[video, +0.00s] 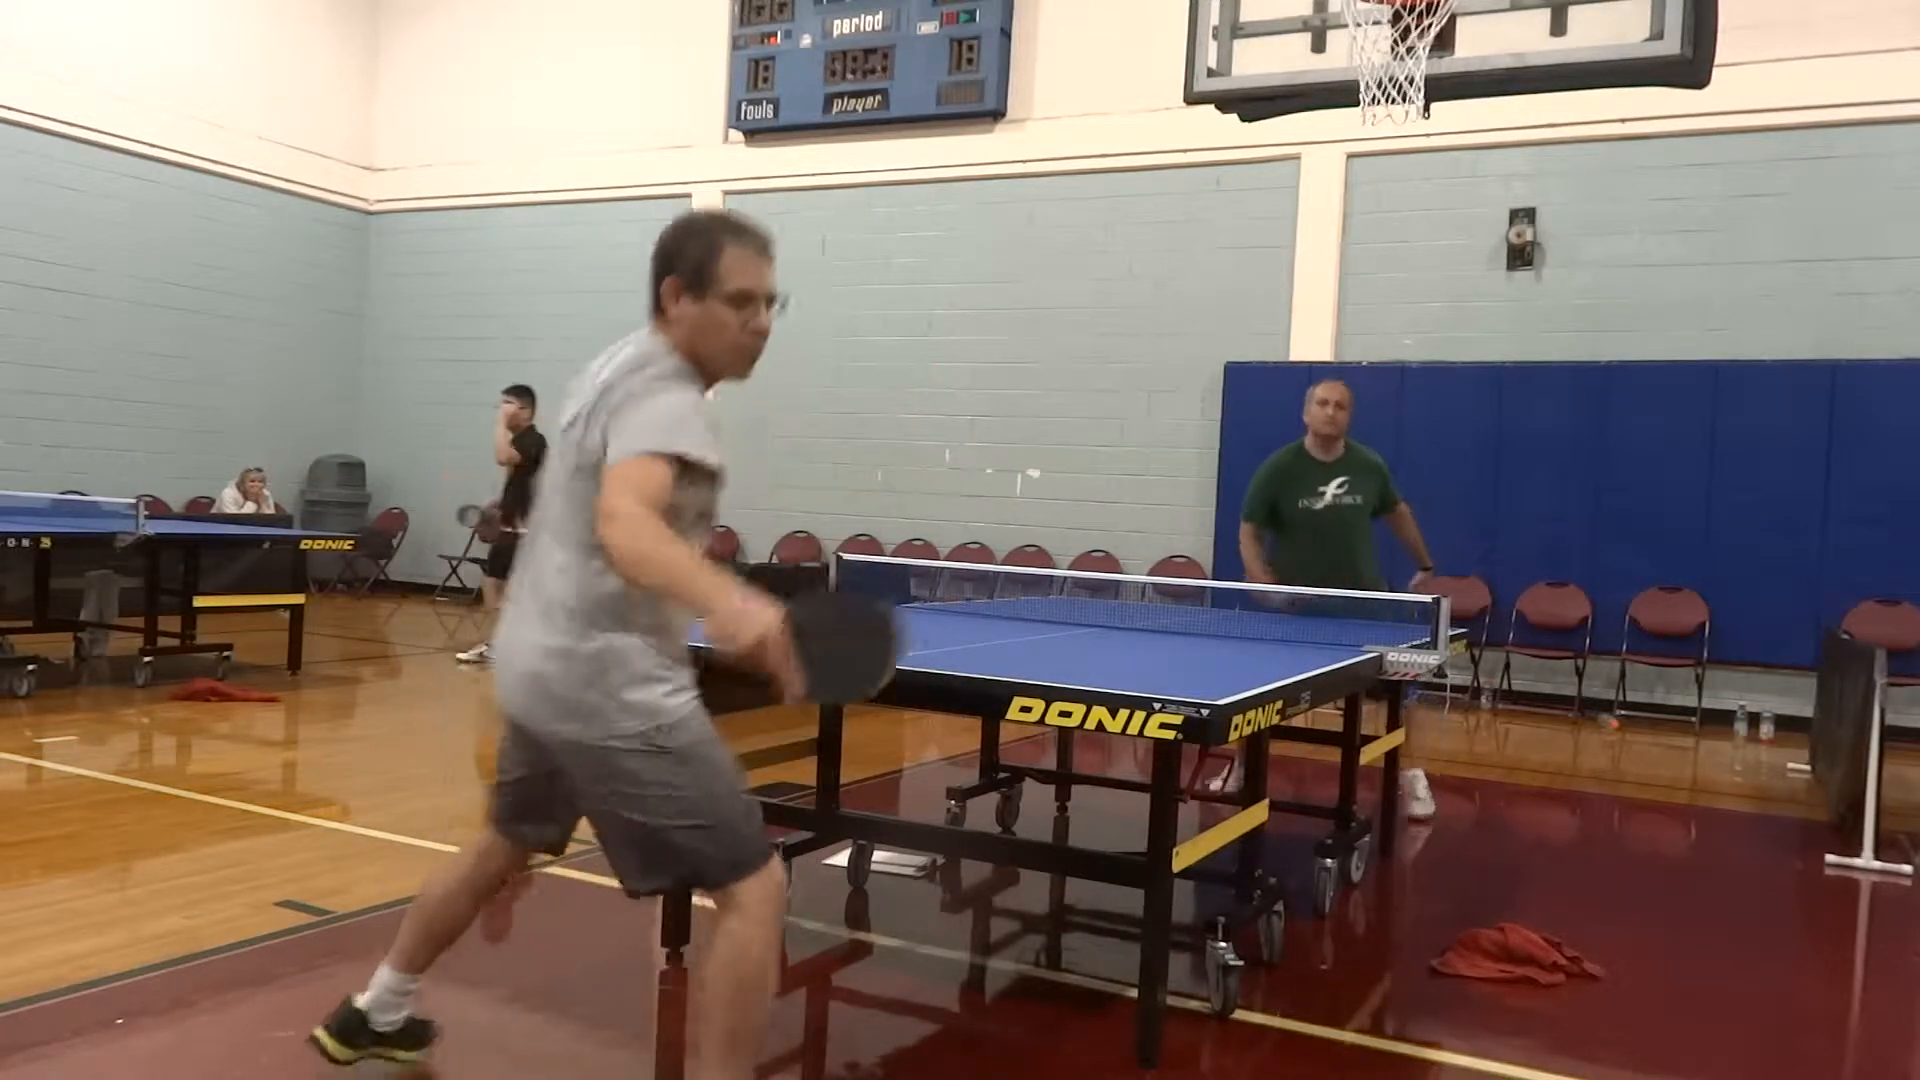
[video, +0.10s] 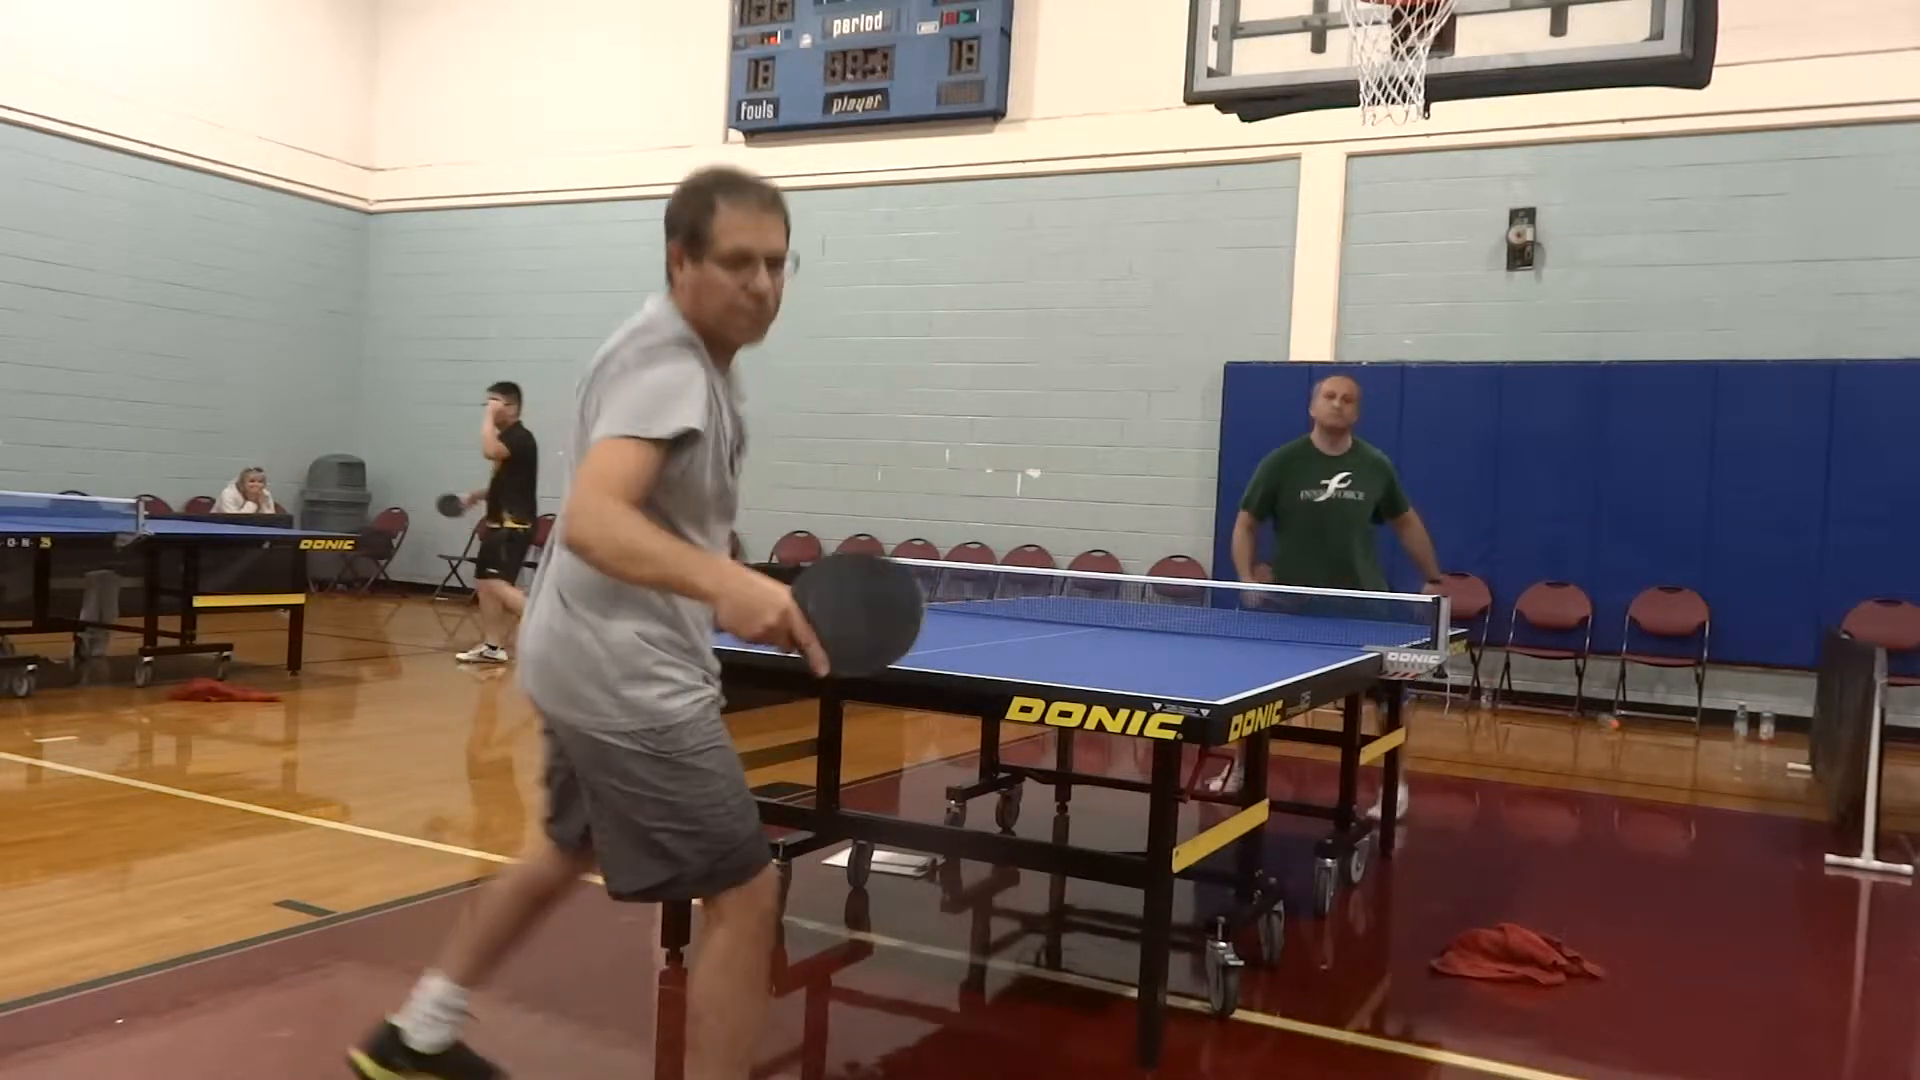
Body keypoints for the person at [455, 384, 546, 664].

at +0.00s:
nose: (502, 410)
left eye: (508, 404)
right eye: (502, 404)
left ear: (525, 410)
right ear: (518, 411)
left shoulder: (532, 439)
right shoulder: (522, 438)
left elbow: (505, 456)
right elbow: (518, 486)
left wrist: (501, 422)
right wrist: (497, 506)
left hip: (521, 525)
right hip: (511, 523)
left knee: (495, 583)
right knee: (494, 582)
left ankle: (497, 643)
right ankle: (496, 642)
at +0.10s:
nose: (492, 409)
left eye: (498, 404)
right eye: (491, 403)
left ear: (514, 408)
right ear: (499, 408)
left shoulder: (521, 437)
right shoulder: (507, 437)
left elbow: (491, 449)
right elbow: (507, 485)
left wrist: (489, 416)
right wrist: (479, 496)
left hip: (515, 523)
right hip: (500, 521)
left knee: (495, 581)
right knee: (486, 582)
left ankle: (539, 619)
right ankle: (493, 645)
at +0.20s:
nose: (479, 407)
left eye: (484, 401)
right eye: (478, 401)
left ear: (501, 404)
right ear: (485, 405)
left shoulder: (510, 434)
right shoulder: (493, 436)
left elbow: (484, 447)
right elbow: (485, 482)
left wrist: (479, 414)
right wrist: (458, 489)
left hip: (501, 520)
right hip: (490, 518)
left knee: (474, 575)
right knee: (489, 583)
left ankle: (514, 635)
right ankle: (492, 642)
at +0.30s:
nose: (467, 407)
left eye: (473, 401)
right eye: (465, 401)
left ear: (488, 404)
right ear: (471, 405)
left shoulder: (497, 434)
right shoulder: (475, 437)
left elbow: (474, 446)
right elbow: (465, 480)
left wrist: (467, 413)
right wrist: (440, 486)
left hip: (486, 519)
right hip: (478, 518)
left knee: (461, 574)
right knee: (485, 583)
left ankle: (475, 639)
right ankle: (497, 643)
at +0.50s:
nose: (437, 413)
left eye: (442, 405)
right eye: (436, 406)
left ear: (459, 407)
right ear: (443, 408)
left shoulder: (468, 452)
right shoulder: (453, 452)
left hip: (469, 525)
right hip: (469, 523)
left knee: (457, 585)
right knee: (459, 585)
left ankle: (480, 639)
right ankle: (483, 636)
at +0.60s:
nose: (425, 417)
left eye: (431, 410)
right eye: (425, 410)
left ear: (448, 413)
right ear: (429, 411)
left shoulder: (459, 460)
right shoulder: (434, 460)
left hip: (459, 530)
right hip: (442, 526)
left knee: (431, 578)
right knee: (432, 579)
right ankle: (461, 624)